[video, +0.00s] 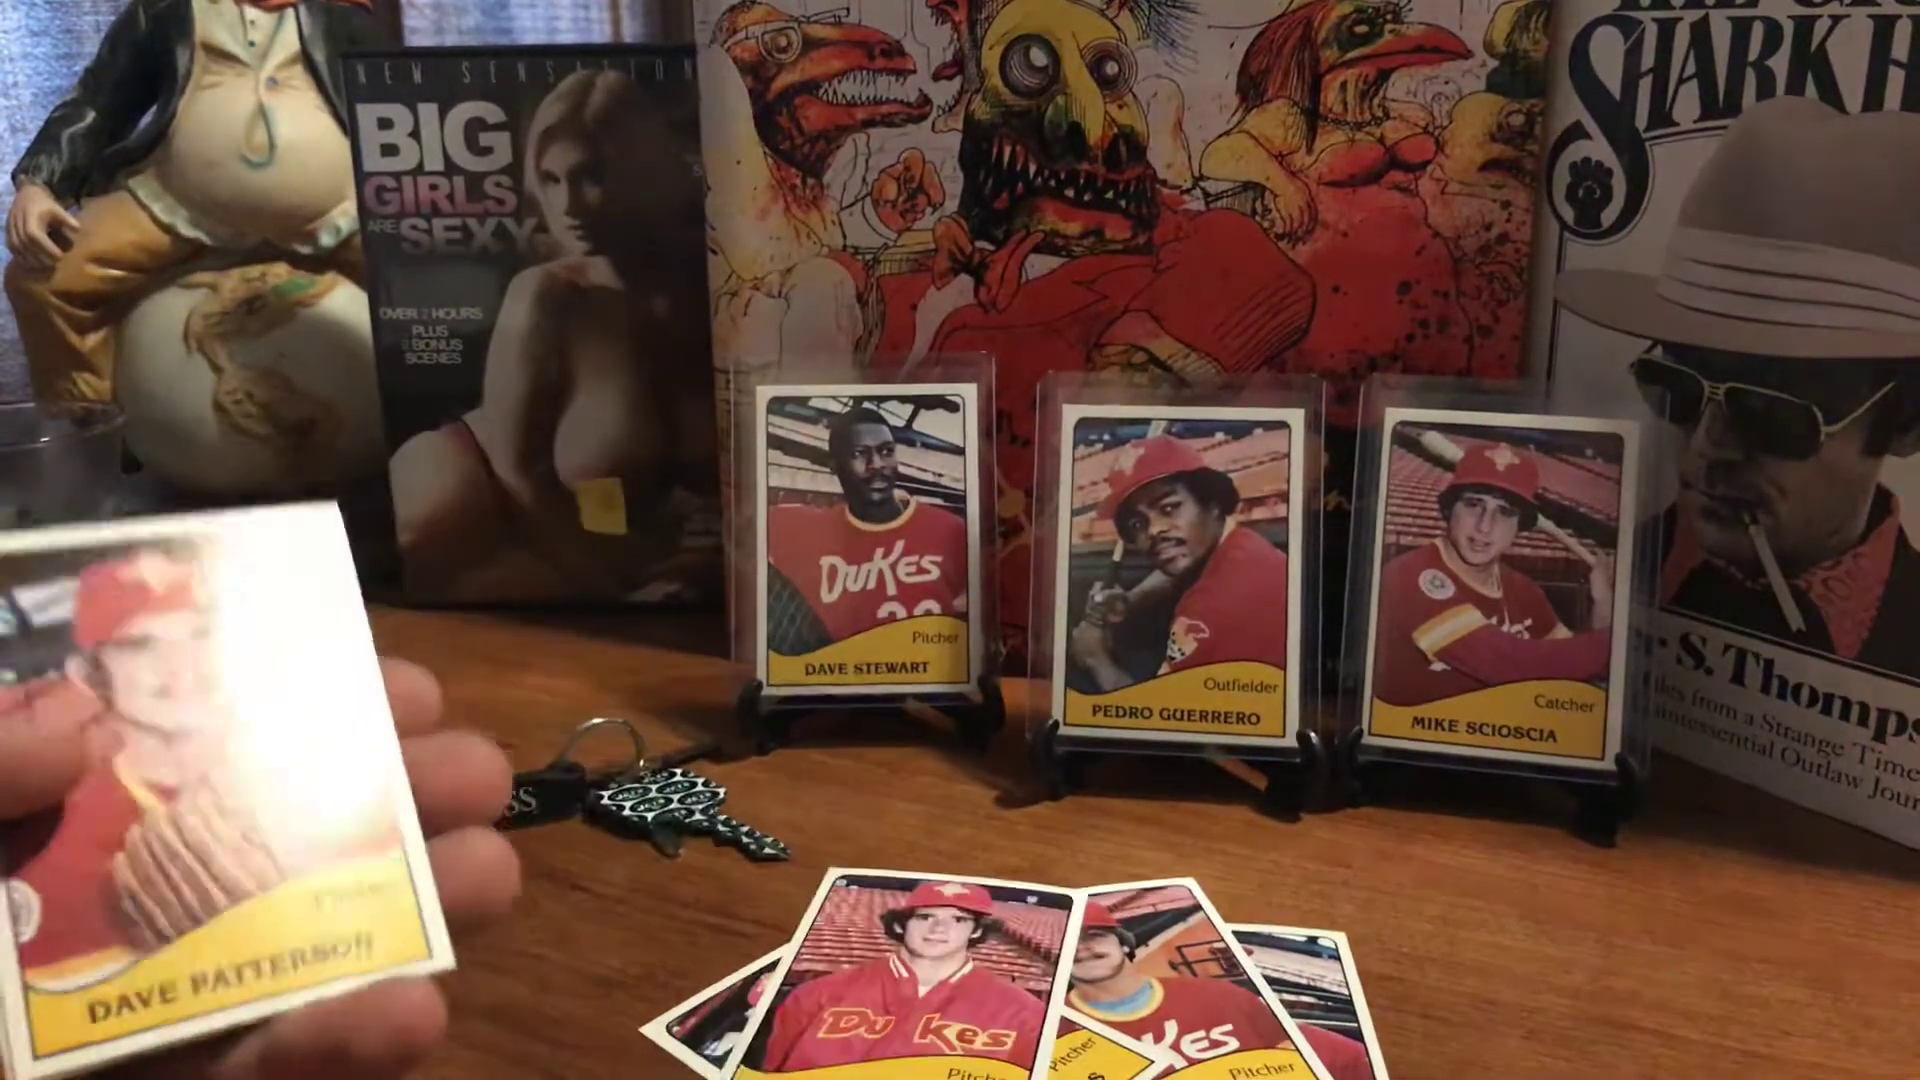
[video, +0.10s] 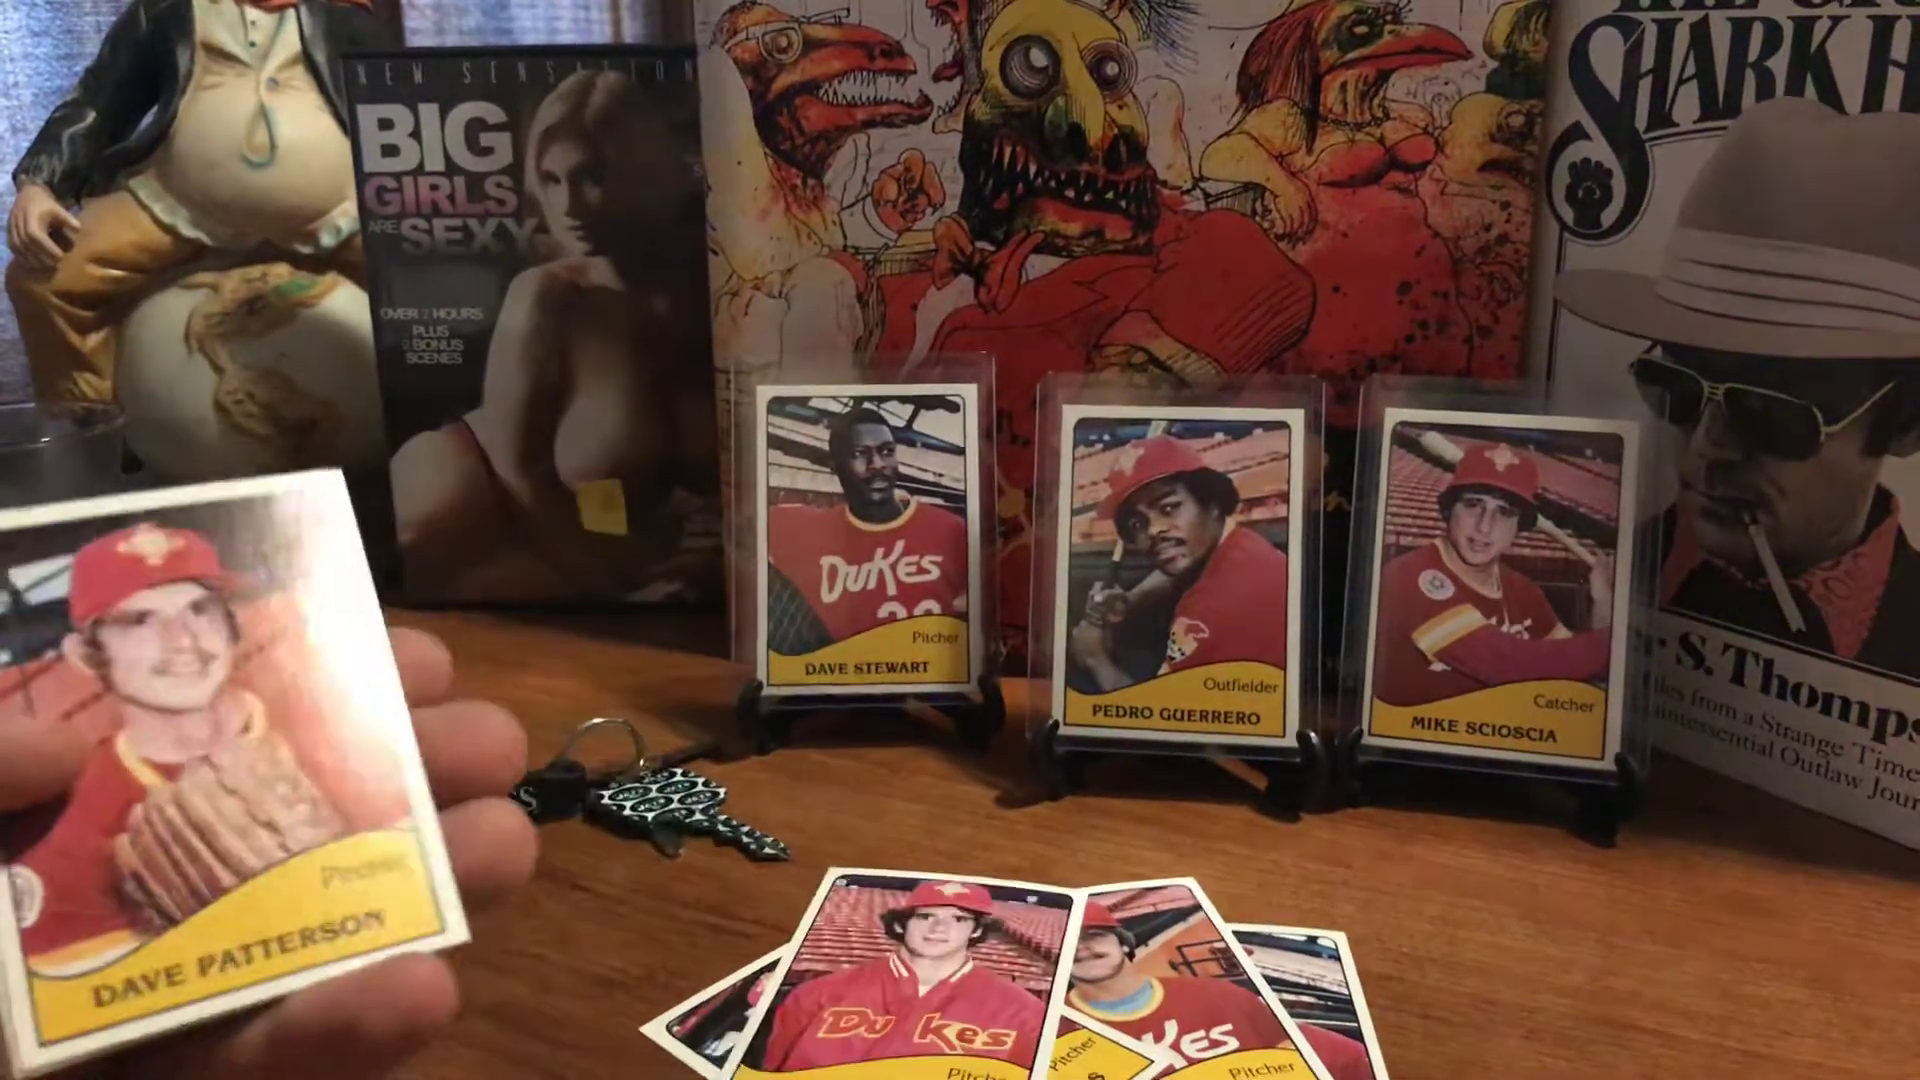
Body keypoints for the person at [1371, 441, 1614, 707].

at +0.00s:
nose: (1484, 526)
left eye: (1504, 512)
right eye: (1474, 504)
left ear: (1519, 527)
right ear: (1449, 508)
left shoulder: (1522, 591)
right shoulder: (1413, 577)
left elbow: (1578, 667)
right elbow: (1503, 663)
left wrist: (1603, 606)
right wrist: (1616, 640)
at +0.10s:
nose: (1484, 526)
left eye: (1503, 512)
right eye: (1473, 505)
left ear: (1518, 527)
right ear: (1449, 509)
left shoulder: (1521, 591)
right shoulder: (1413, 578)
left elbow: (1577, 667)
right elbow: (1503, 664)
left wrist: (1603, 606)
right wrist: (1616, 640)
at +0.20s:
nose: (1484, 526)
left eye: (1503, 511)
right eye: (1473, 504)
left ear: (1518, 526)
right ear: (1449, 508)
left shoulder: (1522, 591)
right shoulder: (1413, 577)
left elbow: (1578, 666)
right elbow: (1502, 663)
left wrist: (1603, 605)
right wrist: (1615, 641)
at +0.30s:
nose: (1484, 525)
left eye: (1503, 511)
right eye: (1473, 504)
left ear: (1518, 527)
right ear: (1449, 509)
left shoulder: (1521, 591)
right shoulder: (1413, 577)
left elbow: (1578, 665)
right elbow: (1501, 663)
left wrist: (1602, 604)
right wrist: (1616, 640)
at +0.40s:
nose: (1484, 527)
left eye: (1503, 513)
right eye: (1473, 505)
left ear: (1518, 528)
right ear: (1448, 510)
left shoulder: (1521, 592)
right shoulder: (1413, 578)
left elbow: (1577, 666)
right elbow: (1501, 664)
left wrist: (1602, 606)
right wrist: (1617, 639)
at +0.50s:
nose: (1483, 526)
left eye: (1503, 512)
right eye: (1473, 505)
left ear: (1518, 527)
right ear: (1449, 509)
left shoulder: (1522, 592)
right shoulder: (1412, 578)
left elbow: (1577, 671)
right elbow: (1501, 664)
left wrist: (1602, 606)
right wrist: (1611, 647)